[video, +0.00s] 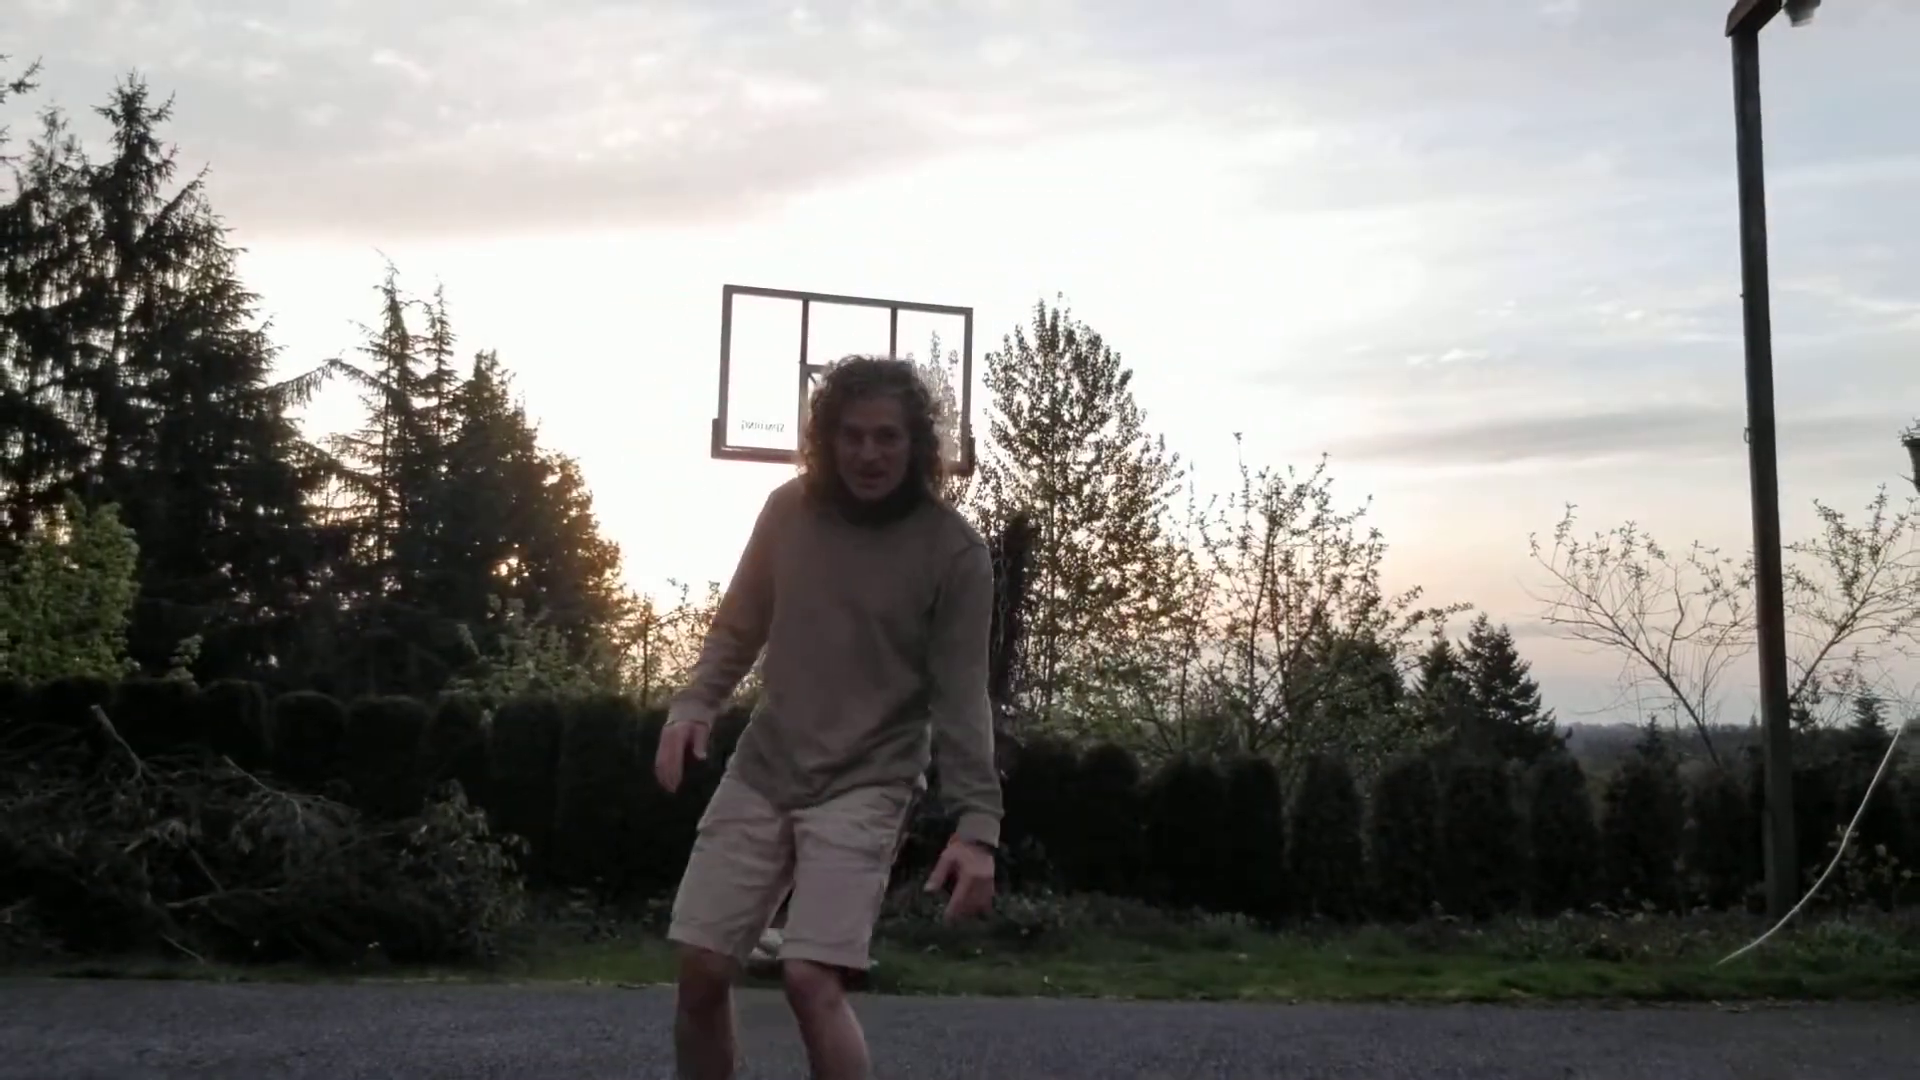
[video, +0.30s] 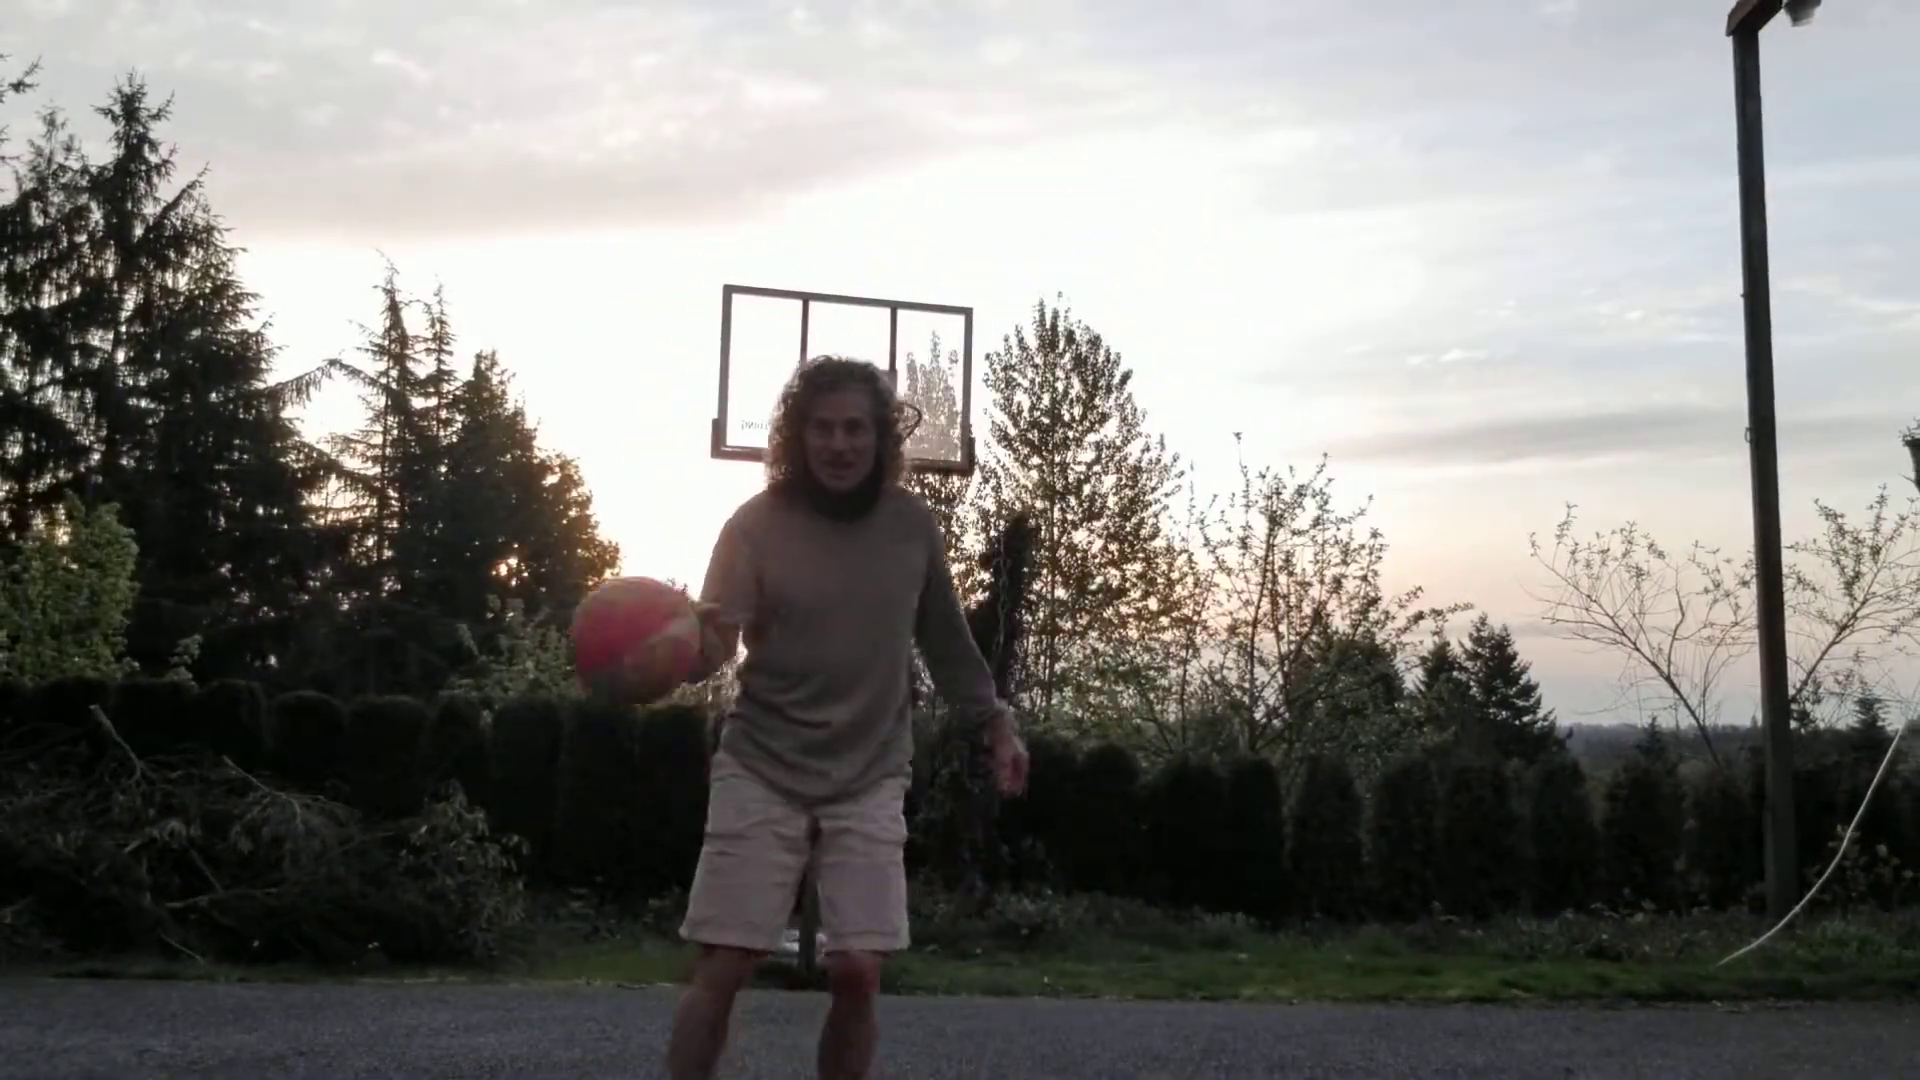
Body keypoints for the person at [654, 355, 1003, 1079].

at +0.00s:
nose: (870, 453)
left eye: (889, 436)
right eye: (853, 434)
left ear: (917, 444)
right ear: (826, 438)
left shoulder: (953, 549)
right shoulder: (789, 511)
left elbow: (963, 696)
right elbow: (737, 628)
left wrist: (977, 825)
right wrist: (694, 704)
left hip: (868, 783)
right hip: (763, 768)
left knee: (810, 975)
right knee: (701, 971)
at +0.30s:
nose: (840, 444)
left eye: (857, 428)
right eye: (823, 427)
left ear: (882, 437)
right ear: (798, 434)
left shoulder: (912, 527)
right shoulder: (757, 524)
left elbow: (948, 639)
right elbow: (710, 645)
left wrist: (995, 720)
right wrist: (692, 640)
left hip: (870, 777)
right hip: (761, 768)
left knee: (857, 976)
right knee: (726, 964)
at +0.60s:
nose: (820, 484)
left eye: (836, 469)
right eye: (803, 469)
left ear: (859, 478)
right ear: (777, 478)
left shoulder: (882, 550)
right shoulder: (746, 560)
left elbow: (919, 640)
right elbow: (677, 615)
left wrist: (986, 706)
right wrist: (612, 608)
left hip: (835, 795)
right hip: (742, 783)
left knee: (803, 974)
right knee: (695, 956)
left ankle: (742, 1078)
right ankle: (619, 1073)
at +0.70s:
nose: (821, 495)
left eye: (837, 481)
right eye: (805, 480)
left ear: (859, 491)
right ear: (779, 488)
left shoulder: (883, 564)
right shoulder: (744, 564)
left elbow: (937, 655)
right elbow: (660, 627)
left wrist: (1011, 731)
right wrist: (618, 659)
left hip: (819, 807)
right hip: (733, 793)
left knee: (787, 970)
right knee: (690, 957)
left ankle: (717, 1076)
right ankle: (607, 1072)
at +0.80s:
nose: (832, 510)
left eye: (848, 496)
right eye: (818, 493)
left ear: (871, 502)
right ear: (790, 495)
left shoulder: (889, 578)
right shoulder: (752, 568)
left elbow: (953, 672)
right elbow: (662, 660)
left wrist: (1031, 757)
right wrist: (641, 738)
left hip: (804, 804)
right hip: (722, 783)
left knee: (774, 985)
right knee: (686, 957)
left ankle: (700, 1073)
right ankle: (604, 1073)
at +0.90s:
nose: (851, 523)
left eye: (867, 509)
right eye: (835, 507)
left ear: (889, 512)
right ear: (809, 505)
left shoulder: (902, 587)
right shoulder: (762, 577)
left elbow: (952, 677)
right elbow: (678, 683)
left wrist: (1026, 762)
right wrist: (648, 791)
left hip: (802, 804)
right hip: (722, 783)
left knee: (775, 964)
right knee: (698, 959)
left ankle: (700, 1073)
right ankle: (610, 1073)